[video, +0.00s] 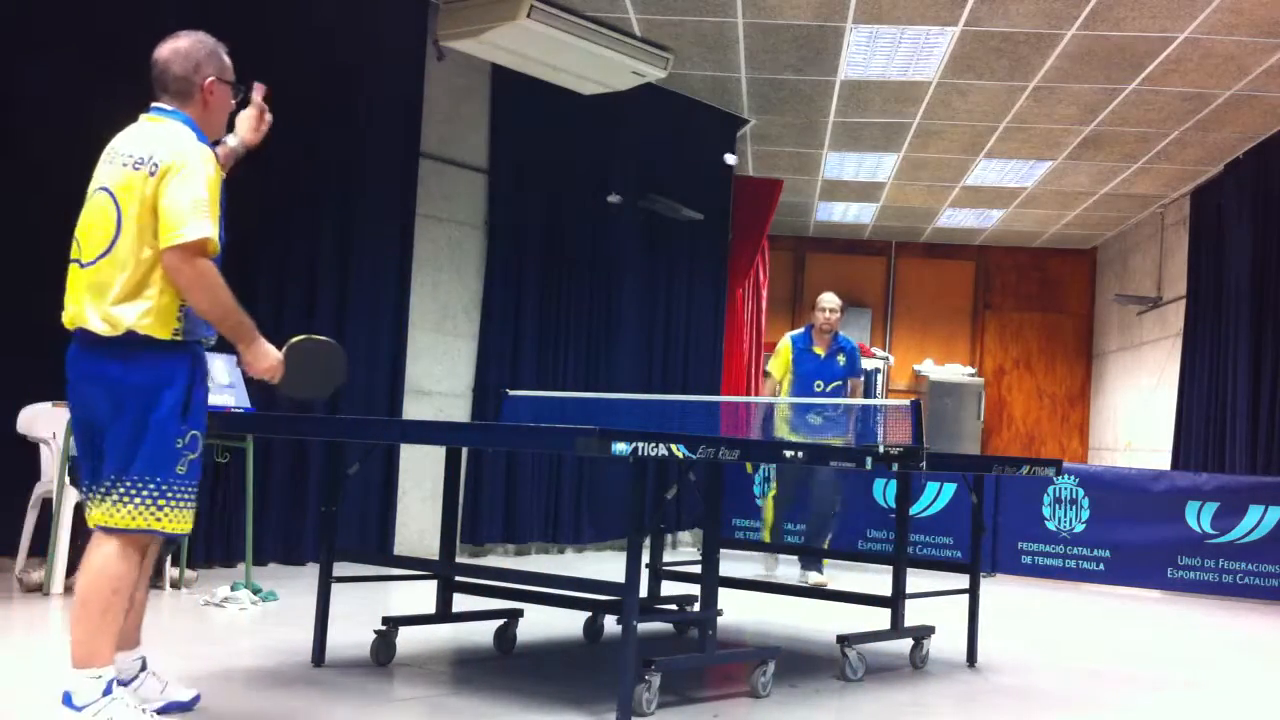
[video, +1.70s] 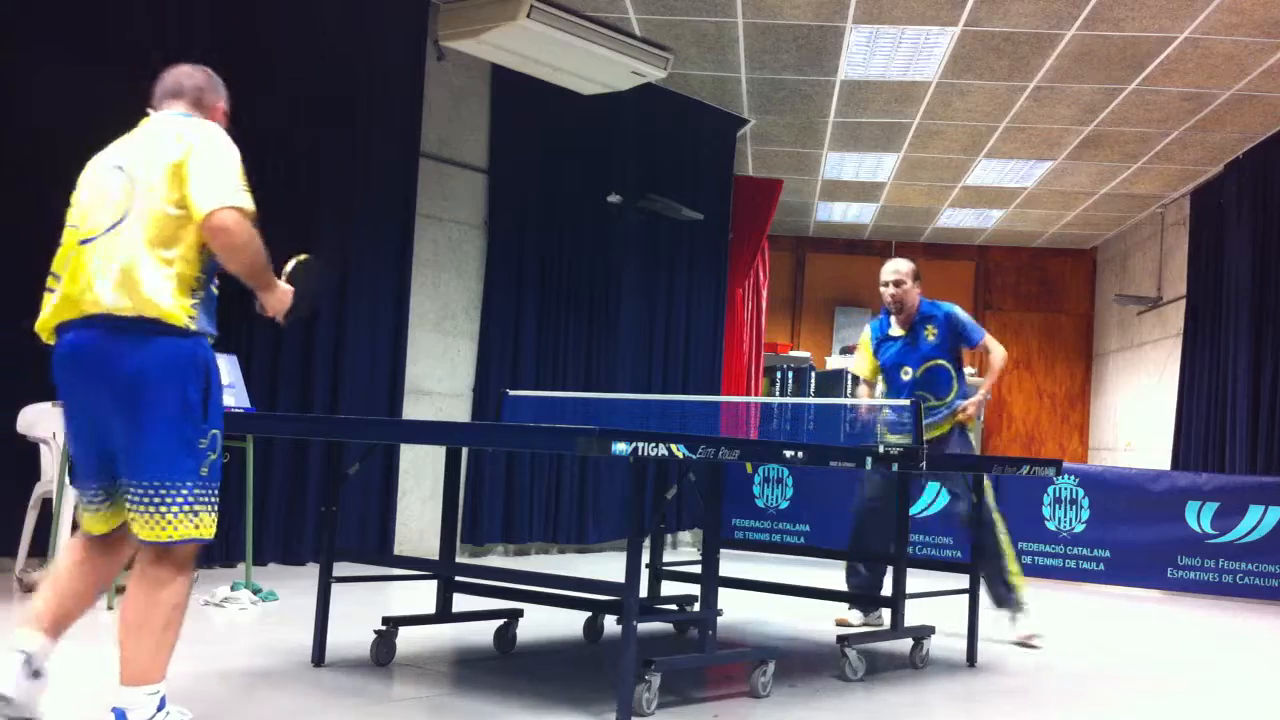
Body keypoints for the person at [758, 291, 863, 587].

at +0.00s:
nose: (828, 316)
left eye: (833, 311)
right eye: (823, 310)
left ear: (841, 316)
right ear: (813, 314)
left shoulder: (849, 350)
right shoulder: (792, 342)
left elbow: (856, 391)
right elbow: (770, 384)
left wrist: (850, 430)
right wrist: (757, 427)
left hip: (833, 439)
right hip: (792, 436)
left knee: (826, 499)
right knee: (784, 494)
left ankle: (811, 563)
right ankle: (771, 547)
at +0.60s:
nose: (837, 297)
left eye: (843, 291)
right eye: (831, 291)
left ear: (852, 295)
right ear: (822, 296)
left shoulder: (870, 327)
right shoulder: (804, 331)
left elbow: (888, 366)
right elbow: (788, 380)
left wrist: (885, 409)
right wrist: (781, 426)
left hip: (859, 433)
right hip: (814, 434)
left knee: (866, 492)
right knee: (811, 499)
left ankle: (856, 551)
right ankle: (815, 566)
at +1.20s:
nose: (868, 286)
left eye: (875, 279)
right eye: (863, 280)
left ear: (891, 284)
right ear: (857, 285)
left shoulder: (915, 321)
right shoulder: (844, 325)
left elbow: (944, 365)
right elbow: (824, 372)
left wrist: (934, 407)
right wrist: (824, 406)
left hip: (900, 438)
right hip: (853, 436)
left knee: (889, 515)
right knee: (853, 507)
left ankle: (875, 596)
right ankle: (844, 594)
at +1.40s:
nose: (870, 291)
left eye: (878, 284)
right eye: (865, 285)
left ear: (895, 289)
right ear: (859, 291)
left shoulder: (923, 323)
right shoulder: (849, 332)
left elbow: (957, 368)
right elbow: (833, 380)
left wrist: (945, 414)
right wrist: (824, 409)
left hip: (912, 444)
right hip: (863, 444)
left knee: (917, 524)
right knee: (860, 524)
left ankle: (889, 595)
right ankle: (866, 607)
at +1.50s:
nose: (873, 291)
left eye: (881, 283)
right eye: (867, 284)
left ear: (899, 287)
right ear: (862, 289)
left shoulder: (928, 320)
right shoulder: (854, 333)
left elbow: (967, 364)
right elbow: (838, 383)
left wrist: (954, 409)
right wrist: (833, 409)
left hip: (925, 441)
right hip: (872, 443)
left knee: (948, 503)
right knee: (862, 520)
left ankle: (922, 572)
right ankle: (865, 606)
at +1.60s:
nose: (879, 289)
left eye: (887, 281)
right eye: (874, 282)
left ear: (906, 284)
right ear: (869, 287)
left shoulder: (936, 315)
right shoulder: (862, 329)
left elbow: (982, 351)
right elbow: (850, 379)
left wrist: (967, 395)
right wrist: (848, 403)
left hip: (936, 432)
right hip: (886, 438)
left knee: (961, 504)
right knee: (864, 514)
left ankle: (966, 592)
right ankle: (865, 606)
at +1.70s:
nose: (890, 292)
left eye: (898, 284)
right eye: (885, 286)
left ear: (917, 288)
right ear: (879, 291)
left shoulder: (947, 316)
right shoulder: (874, 332)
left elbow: (997, 353)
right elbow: (865, 382)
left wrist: (980, 397)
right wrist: (865, 406)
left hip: (947, 433)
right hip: (896, 437)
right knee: (872, 509)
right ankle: (864, 605)